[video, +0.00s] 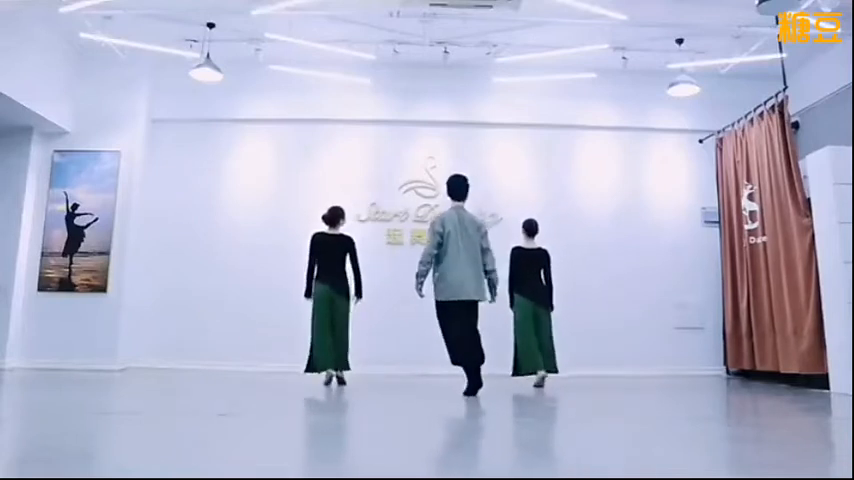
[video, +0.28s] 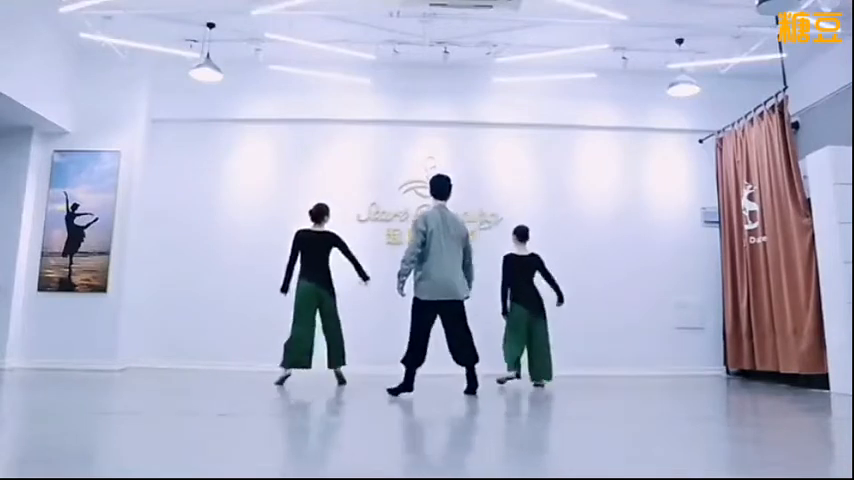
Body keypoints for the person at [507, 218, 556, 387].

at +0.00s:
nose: (524, 233)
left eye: (524, 230)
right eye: (530, 230)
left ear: (523, 232)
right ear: (537, 232)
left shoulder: (516, 252)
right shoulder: (543, 253)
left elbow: (512, 278)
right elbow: (548, 280)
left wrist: (511, 299)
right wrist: (550, 300)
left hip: (522, 296)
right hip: (540, 297)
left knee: (527, 333)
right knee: (541, 332)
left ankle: (538, 368)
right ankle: (543, 370)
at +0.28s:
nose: (512, 239)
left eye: (512, 236)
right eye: (515, 236)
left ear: (514, 238)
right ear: (527, 239)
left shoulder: (508, 259)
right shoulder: (534, 258)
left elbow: (505, 285)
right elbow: (547, 277)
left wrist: (504, 306)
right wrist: (559, 293)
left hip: (518, 303)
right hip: (535, 303)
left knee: (513, 337)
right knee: (538, 339)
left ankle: (513, 369)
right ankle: (538, 377)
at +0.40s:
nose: (503, 232)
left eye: (503, 230)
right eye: (504, 229)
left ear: (506, 230)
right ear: (518, 230)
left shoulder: (500, 249)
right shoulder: (525, 248)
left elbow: (494, 274)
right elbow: (542, 256)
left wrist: (492, 295)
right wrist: (553, 263)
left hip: (506, 296)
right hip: (524, 297)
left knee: (499, 332)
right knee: (531, 334)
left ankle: (489, 367)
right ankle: (537, 371)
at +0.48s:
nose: (499, 229)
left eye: (499, 227)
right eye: (500, 227)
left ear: (500, 227)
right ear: (514, 228)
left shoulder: (495, 245)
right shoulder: (521, 244)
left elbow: (489, 270)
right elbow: (538, 250)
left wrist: (486, 292)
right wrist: (547, 254)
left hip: (500, 292)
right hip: (518, 293)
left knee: (494, 329)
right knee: (525, 330)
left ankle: (484, 367)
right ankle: (534, 370)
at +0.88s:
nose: (476, 247)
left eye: (476, 245)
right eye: (479, 245)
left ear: (475, 244)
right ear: (489, 244)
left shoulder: (471, 260)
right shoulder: (497, 262)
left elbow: (466, 287)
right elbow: (495, 283)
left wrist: (462, 310)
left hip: (474, 303)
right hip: (493, 304)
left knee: (471, 339)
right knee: (481, 341)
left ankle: (480, 374)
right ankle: (464, 370)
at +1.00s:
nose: (473, 250)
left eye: (472, 247)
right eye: (478, 247)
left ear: (470, 247)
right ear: (483, 247)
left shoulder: (464, 262)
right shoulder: (489, 263)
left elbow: (460, 289)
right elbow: (495, 286)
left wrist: (458, 312)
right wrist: (482, 290)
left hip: (469, 304)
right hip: (486, 305)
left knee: (469, 341)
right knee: (482, 342)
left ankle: (478, 374)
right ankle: (463, 369)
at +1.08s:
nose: (472, 249)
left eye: (470, 246)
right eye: (477, 247)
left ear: (468, 246)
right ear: (481, 246)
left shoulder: (463, 262)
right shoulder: (488, 262)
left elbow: (458, 288)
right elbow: (495, 283)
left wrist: (457, 309)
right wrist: (483, 288)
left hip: (469, 304)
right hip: (486, 305)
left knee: (468, 341)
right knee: (481, 341)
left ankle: (476, 374)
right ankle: (466, 372)